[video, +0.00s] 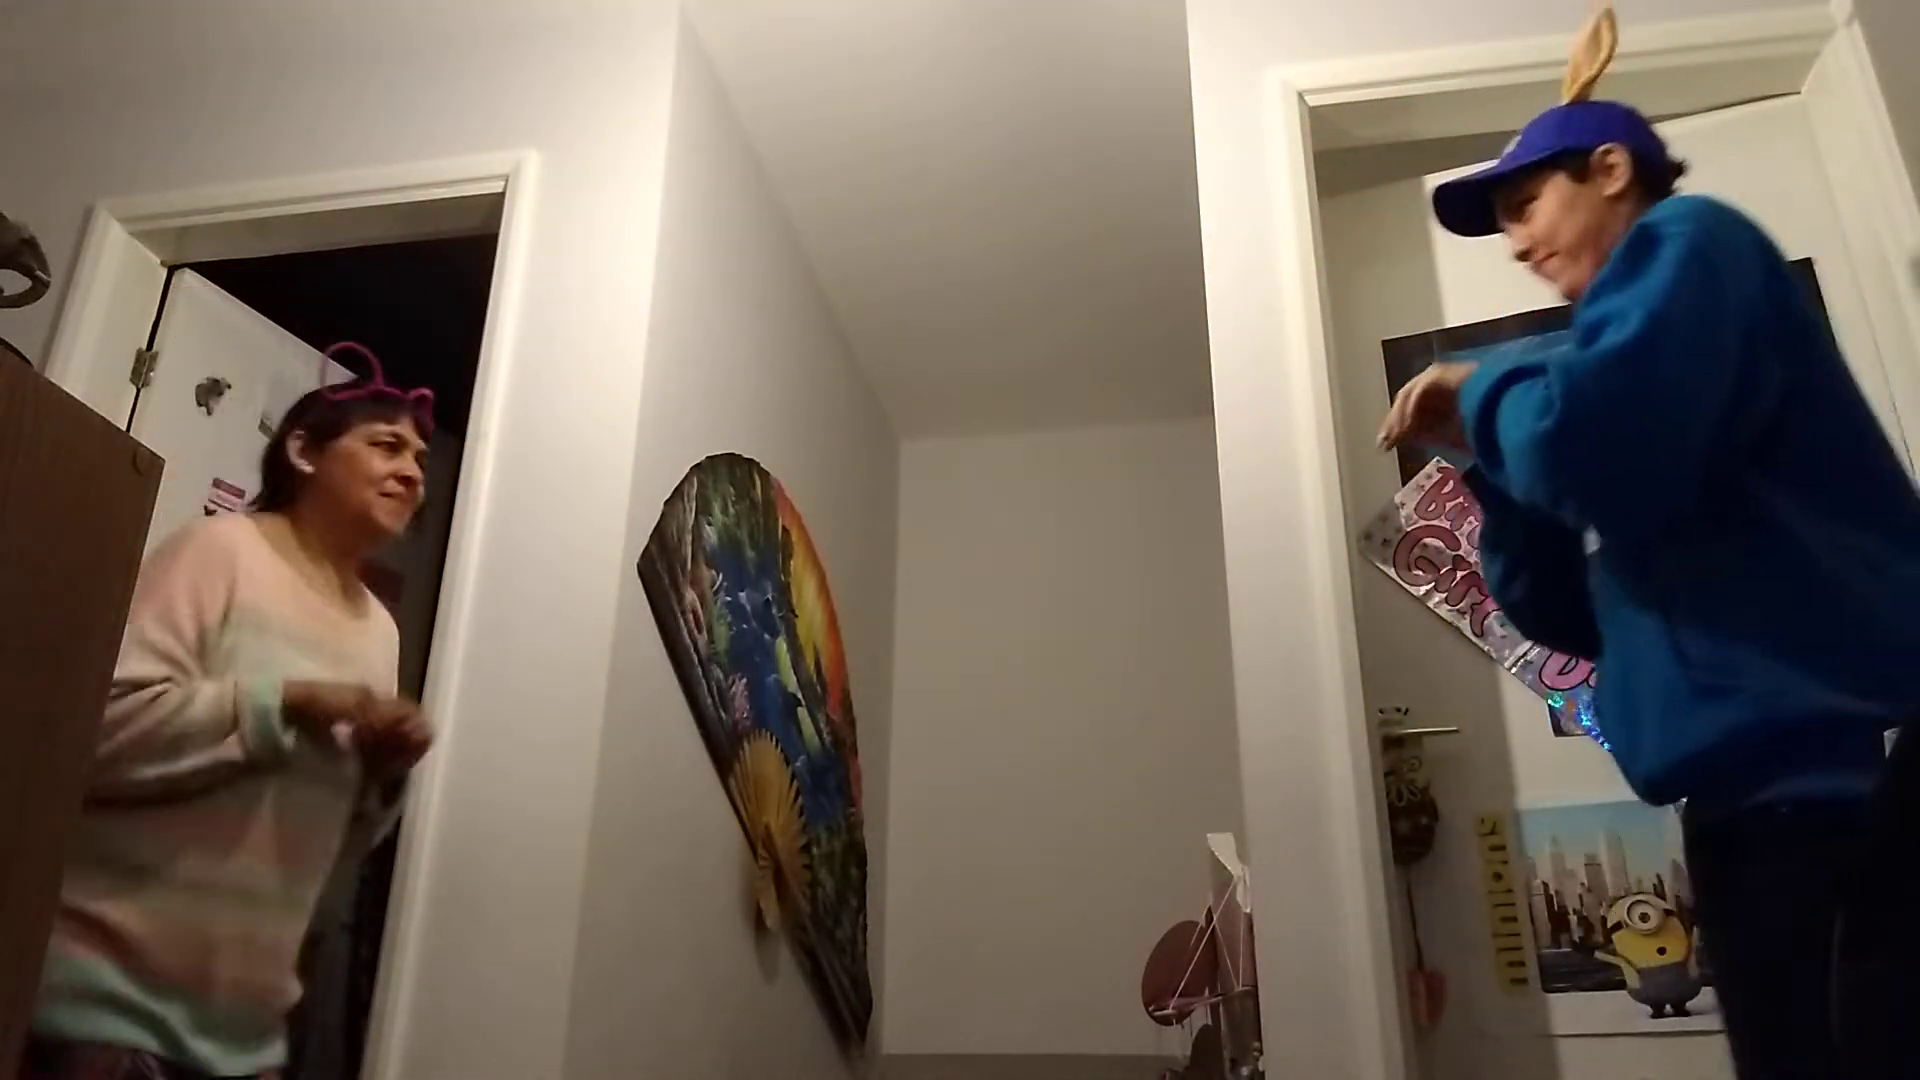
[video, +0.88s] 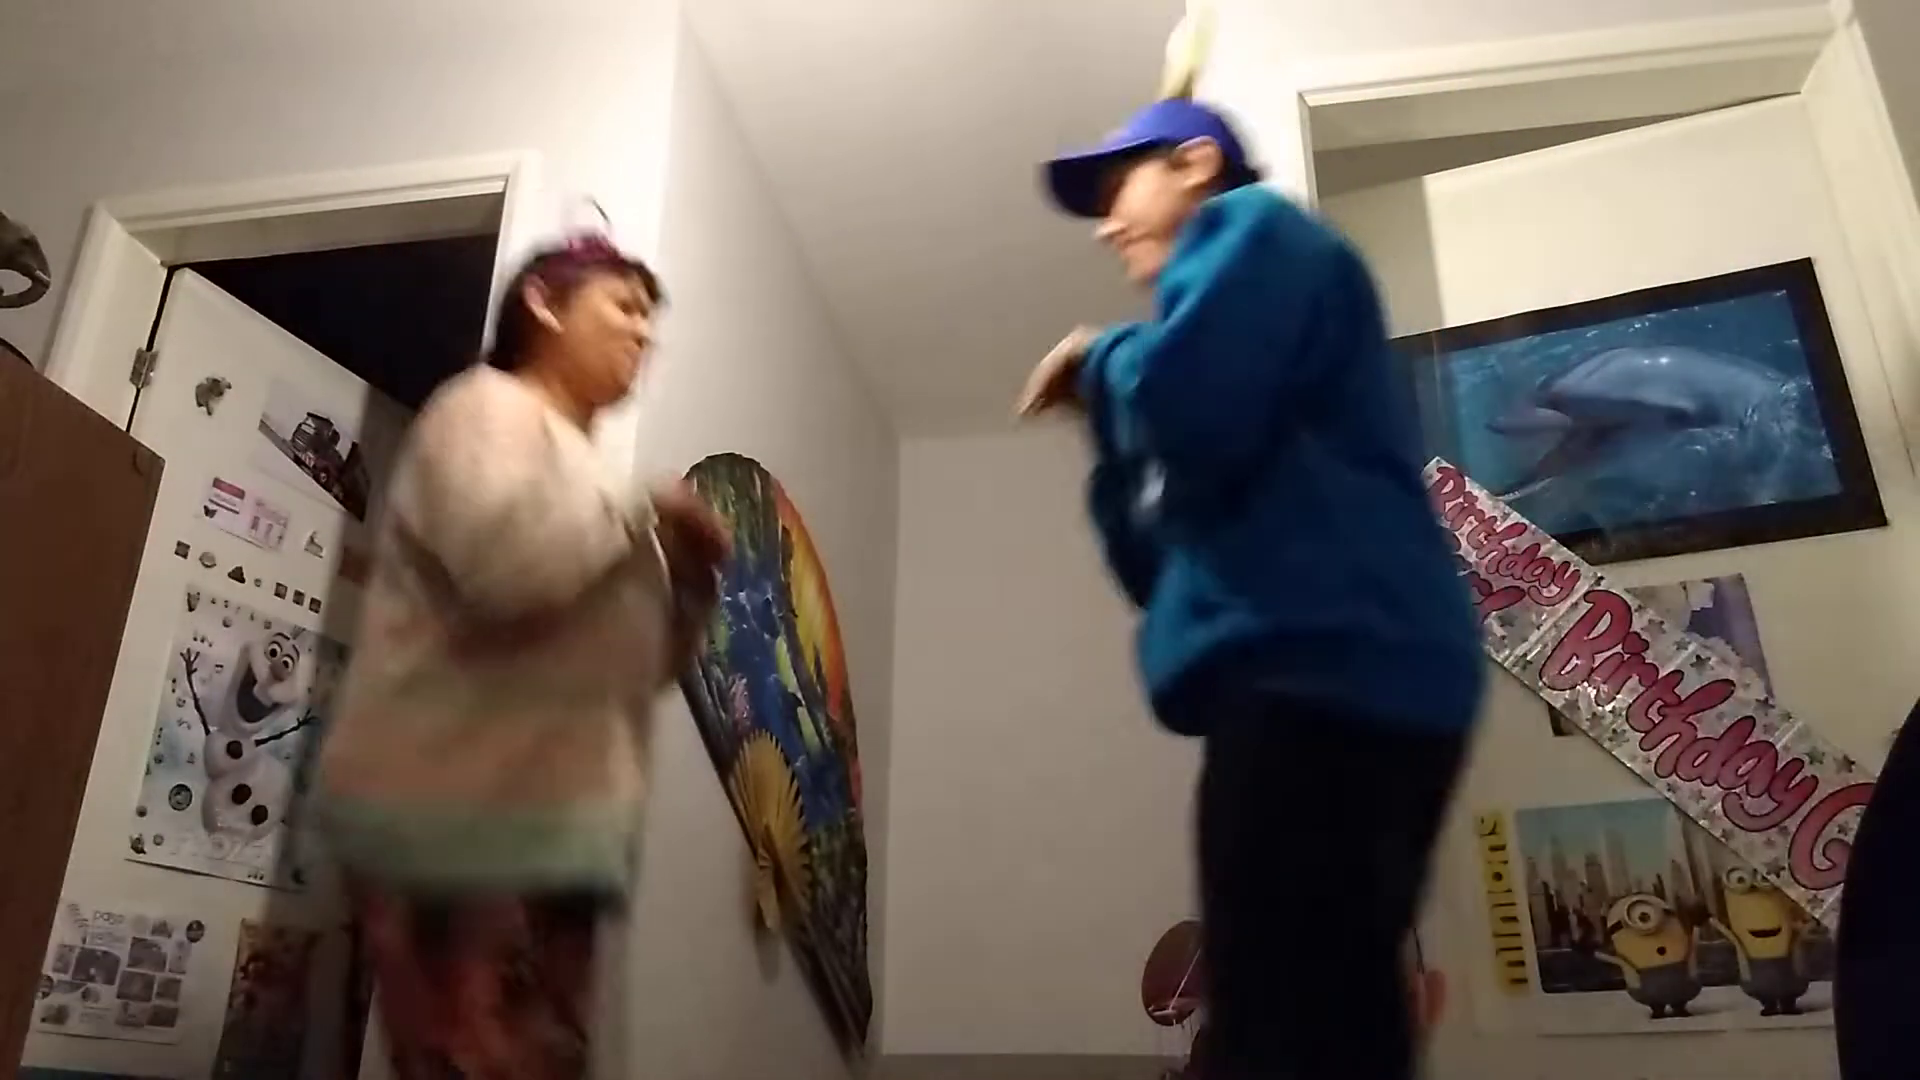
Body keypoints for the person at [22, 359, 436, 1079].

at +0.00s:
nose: (412, 472)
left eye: (419, 460)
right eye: (387, 445)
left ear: (420, 486)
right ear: (306, 452)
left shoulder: (380, 629)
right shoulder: (217, 549)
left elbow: (330, 845)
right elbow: (104, 730)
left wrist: (383, 770)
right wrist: (284, 708)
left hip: (249, 1016)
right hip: (111, 988)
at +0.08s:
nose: (419, 452)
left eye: (427, 435)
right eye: (398, 423)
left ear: (427, 460)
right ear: (316, 421)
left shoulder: (387, 594)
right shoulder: (233, 519)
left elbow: (359, 805)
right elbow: (125, 687)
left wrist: (417, 719)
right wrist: (304, 651)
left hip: (270, 956)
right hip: (130, 937)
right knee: (88, 1065)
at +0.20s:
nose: (440, 374)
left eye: (450, 358)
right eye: (423, 342)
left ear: (447, 376)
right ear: (343, 334)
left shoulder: (421, 503)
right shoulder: (265, 419)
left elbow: (428, 693)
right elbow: (206, 568)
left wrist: (473, 586)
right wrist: (379, 511)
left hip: (340, 825)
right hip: (205, 802)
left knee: (281, 1046)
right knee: (160, 1035)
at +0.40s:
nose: (503, 375)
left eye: (510, 359)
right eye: (484, 343)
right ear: (400, 343)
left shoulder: (448, 516)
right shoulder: (321, 452)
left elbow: (451, 735)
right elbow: (249, 635)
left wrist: (517, 641)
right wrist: (429, 563)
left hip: (377, 897)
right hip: (250, 880)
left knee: (361, 1062)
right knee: (248, 1063)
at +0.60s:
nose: (546, 421)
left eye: (547, 404)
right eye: (524, 396)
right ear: (439, 401)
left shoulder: (495, 565)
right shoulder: (368, 512)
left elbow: (515, 781)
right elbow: (330, 695)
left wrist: (577, 688)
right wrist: (503, 630)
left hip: (439, 952)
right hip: (320, 949)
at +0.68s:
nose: (563, 373)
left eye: (569, 357)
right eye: (547, 345)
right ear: (464, 342)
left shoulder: (524, 504)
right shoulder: (398, 442)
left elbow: (575, 696)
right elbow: (415, 590)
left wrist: (616, 588)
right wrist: (564, 525)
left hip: (485, 881)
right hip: (363, 872)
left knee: (441, 1063)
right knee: (327, 1060)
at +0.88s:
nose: (643, 335)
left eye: (647, 320)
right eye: (624, 308)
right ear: (544, 306)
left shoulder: (593, 467)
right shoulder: (481, 410)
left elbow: (635, 665)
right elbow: (504, 567)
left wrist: (688, 579)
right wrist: (647, 519)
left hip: (554, 842)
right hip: (449, 842)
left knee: (545, 1052)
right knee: (455, 1055)